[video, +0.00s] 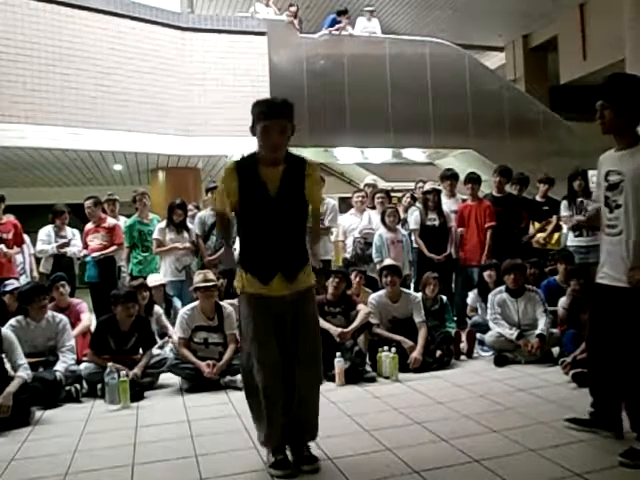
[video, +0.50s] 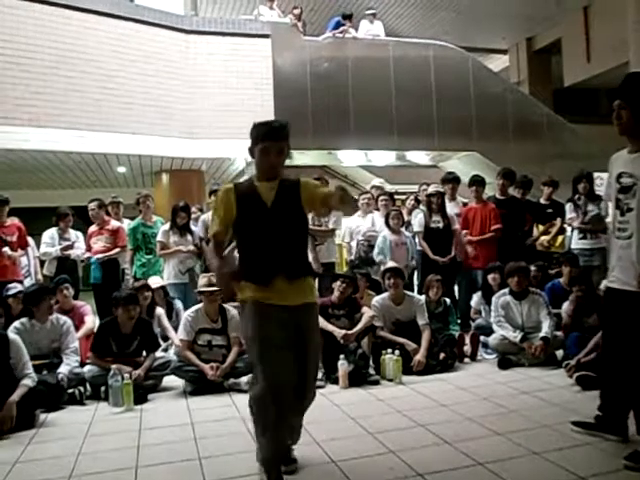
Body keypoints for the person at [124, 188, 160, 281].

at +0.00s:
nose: (143, 202)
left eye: (145, 199)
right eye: (139, 200)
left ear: (149, 201)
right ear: (135, 204)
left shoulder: (156, 220)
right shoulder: (130, 224)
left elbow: (161, 242)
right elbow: (127, 247)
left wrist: (164, 263)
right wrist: (125, 268)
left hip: (155, 266)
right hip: (138, 267)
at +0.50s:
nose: (147, 204)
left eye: (149, 201)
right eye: (143, 202)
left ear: (153, 204)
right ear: (139, 206)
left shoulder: (160, 222)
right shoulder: (134, 226)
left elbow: (164, 245)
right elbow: (130, 249)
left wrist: (167, 267)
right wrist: (129, 271)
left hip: (159, 268)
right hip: (141, 269)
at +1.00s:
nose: (147, 204)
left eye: (149, 201)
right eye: (143, 202)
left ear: (154, 204)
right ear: (139, 206)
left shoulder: (161, 222)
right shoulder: (134, 226)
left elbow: (165, 245)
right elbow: (130, 249)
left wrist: (167, 267)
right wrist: (129, 271)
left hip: (159, 268)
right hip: (141, 269)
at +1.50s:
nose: (147, 204)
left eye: (148, 201)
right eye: (143, 202)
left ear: (153, 203)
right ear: (138, 206)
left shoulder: (160, 222)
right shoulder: (133, 226)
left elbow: (164, 244)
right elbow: (130, 249)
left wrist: (167, 266)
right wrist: (129, 269)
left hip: (158, 267)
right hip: (140, 269)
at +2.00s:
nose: (147, 204)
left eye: (148, 200)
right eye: (143, 202)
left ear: (153, 203)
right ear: (139, 206)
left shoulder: (160, 222)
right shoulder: (134, 226)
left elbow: (164, 244)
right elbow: (130, 249)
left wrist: (167, 266)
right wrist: (129, 270)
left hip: (158, 268)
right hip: (140, 269)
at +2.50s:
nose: (148, 204)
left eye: (150, 200)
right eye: (145, 202)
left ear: (154, 203)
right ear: (140, 206)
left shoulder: (160, 222)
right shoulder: (134, 226)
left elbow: (164, 244)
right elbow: (131, 249)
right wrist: (129, 269)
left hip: (159, 268)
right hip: (141, 269)